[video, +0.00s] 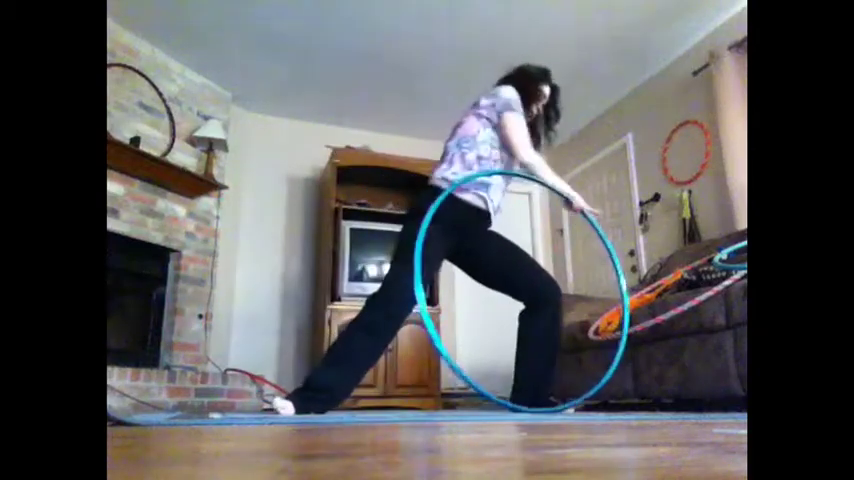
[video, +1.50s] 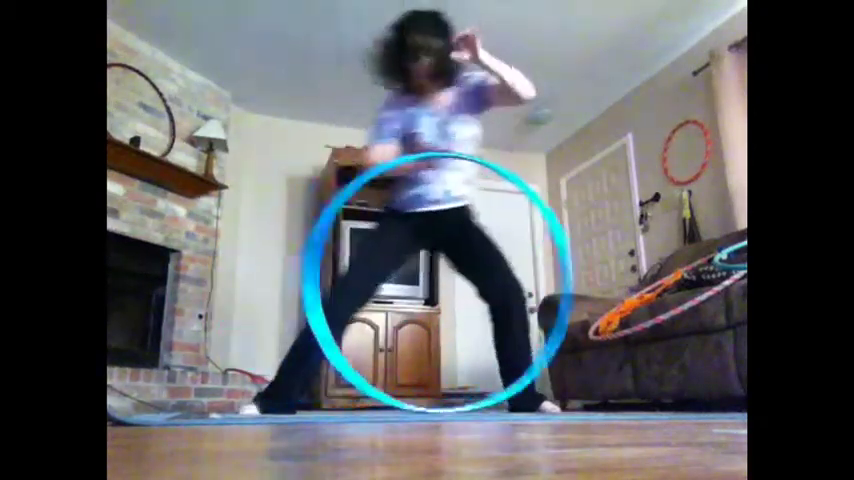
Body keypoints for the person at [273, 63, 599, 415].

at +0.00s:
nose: (542, 105)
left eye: (545, 102)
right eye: (541, 96)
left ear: (536, 105)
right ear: (527, 86)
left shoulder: (507, 125)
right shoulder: (505, 96)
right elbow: (524, 155)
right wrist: (572, 197)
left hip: (472, 228)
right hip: (439, 213)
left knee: (544, 294)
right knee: (391, 306)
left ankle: (532, 401)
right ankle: (306, 402)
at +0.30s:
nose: (530, 117)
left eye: (534, 114)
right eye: (531, 109)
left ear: (519, 101)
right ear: (521, 94)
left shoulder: (501, 128)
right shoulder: (493, 92)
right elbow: (513, 147)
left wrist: (561, 200)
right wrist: (559, 194)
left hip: (472, 227)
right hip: (437, 214)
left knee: (546, 293)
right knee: (389, 304)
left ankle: (531, 403)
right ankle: (307, 403)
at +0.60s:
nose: (472, 87)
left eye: (480, 84)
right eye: (472, 76)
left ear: (483, 86)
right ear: (459, 62)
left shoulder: (469, 110)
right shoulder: (413, 78)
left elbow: (484, 148)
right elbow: (374, 110)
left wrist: (497, 184)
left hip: (454, 213)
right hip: (405, 206)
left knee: (511, 296)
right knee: (345, 290)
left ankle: (531, 397)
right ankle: (300, 396)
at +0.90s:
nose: (399, 54)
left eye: (408, 48)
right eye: (391, 45)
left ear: (418, 54)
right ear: (374, 46)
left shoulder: (423, 90)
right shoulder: (346, 95)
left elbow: (471, 96)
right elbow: (295, 124)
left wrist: (505, 117)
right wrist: (287, 142)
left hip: (426, 207)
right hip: (374, 214)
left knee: (475, 297)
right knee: (312, 281)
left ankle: (531, 400)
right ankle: (291, 397)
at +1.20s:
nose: (343, 50)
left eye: (352, 42)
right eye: (334, 41)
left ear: (364, 52)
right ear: (318, 50)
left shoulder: (385, 91)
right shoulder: (304, 118)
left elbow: (448, 98)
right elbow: (265, 172)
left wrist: (479, 65)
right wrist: (244, 182)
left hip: (405, 217)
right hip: (351, 226)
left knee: (469, 297)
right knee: (291, 278)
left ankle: (540, 398)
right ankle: (282, 401)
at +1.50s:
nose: (421, 63)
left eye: (429, 54)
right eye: (413, 55)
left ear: (447, 55)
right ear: (401, 59)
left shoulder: (468, 93)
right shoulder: (398, 105)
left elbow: (524, 93)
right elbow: (378, 158)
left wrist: (482, 59)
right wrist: (415, 158)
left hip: (453, 217)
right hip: (403, 219)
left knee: (507, 294)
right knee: (342, 301)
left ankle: (525, 399)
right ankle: (275, 403)